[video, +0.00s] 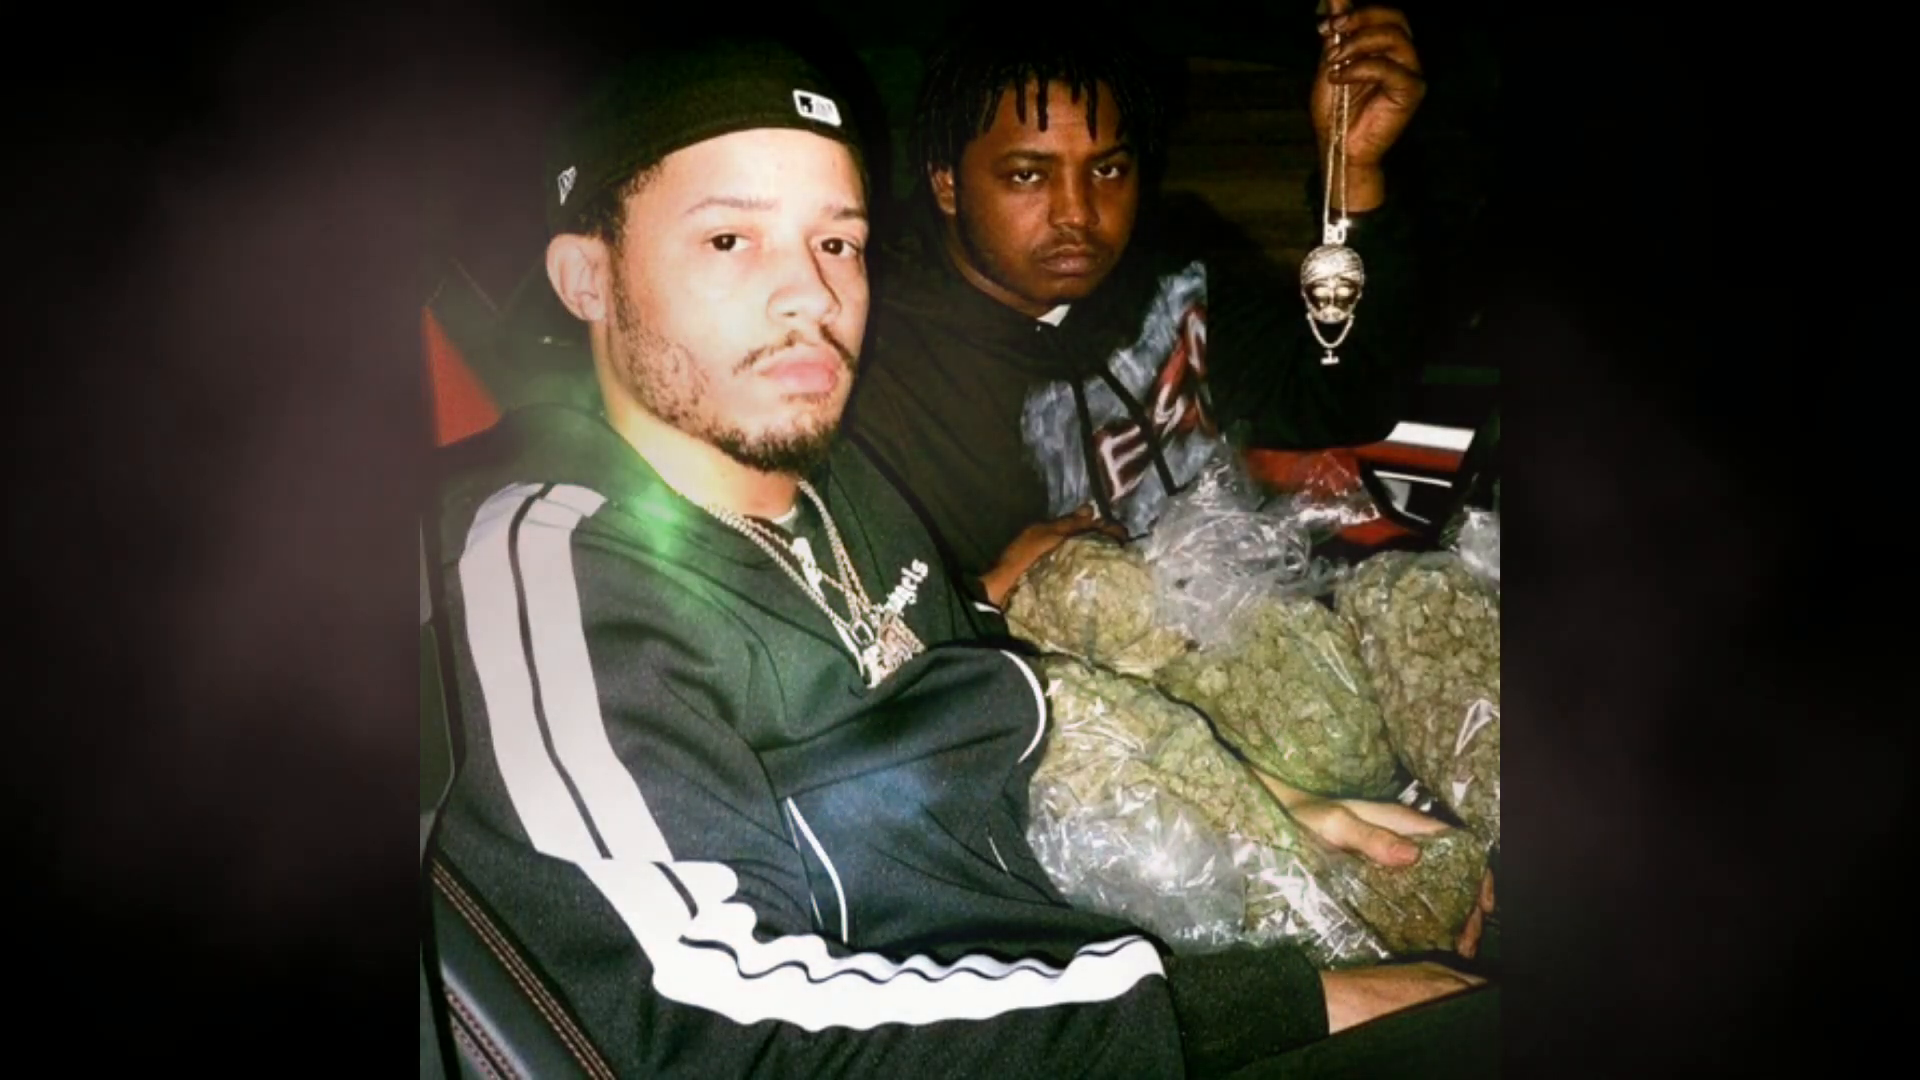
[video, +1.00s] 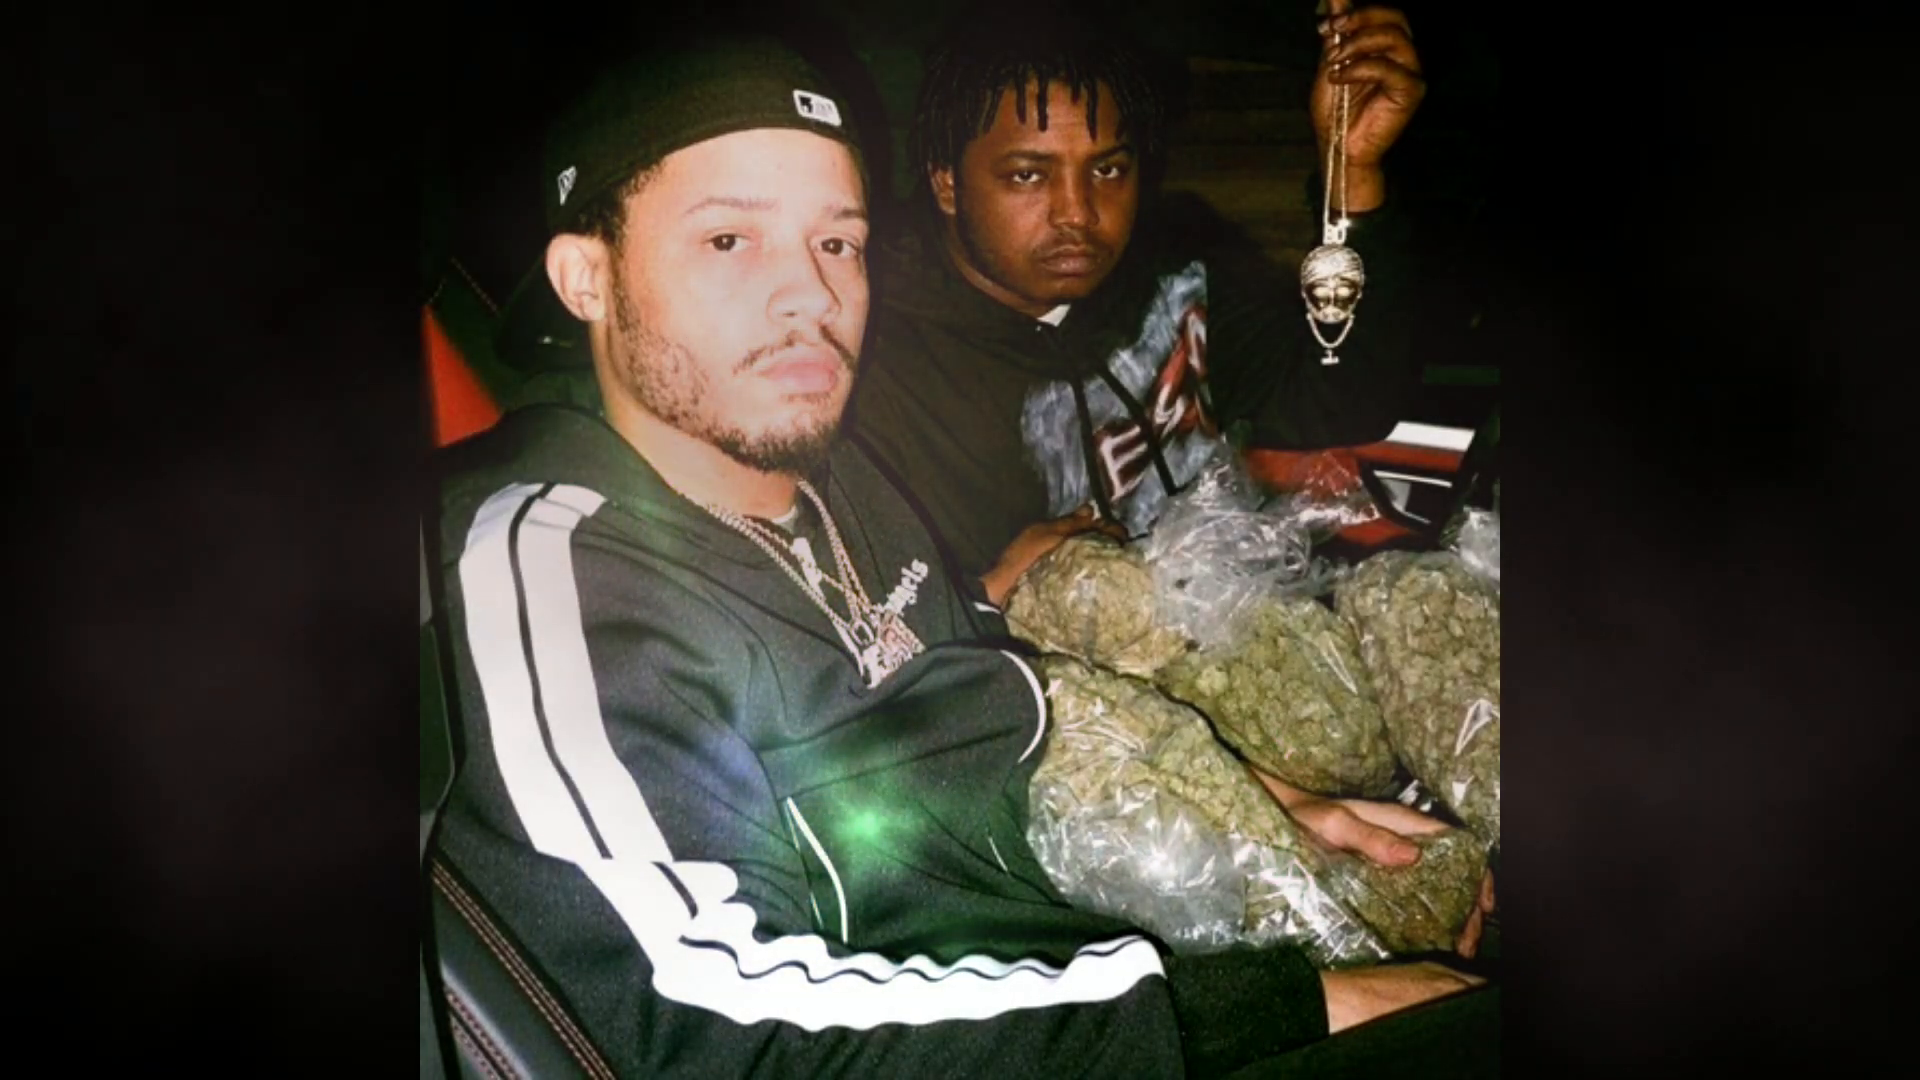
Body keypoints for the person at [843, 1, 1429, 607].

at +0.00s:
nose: (1077, 216)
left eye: (1108, 171)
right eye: (1029, 175)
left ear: (1140, 175)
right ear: (945, 187)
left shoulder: (1176, 268)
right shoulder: (889, 371)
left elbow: (1343, 411)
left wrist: (1353, 173)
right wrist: (989, 597)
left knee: (1428, 603)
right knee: (1083, 584)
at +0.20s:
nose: (1077, 217)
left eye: (1108, 171)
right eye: (1029, 176)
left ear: (1141, 173)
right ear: (945, 188)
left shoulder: (1176, 253)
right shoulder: (896, 364)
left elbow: (1350, 409)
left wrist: (1353, 172)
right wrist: (991, 591)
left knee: (1425, 598)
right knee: (1082, 581)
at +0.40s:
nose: (1078, 217)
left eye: (1108, 171)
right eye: (1029, 175)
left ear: (1141, 173)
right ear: (945, 188)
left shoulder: (1179, 253)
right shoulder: (894, 364)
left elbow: (1348, 417)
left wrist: (1353, 173)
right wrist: (991, 593)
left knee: (1429, 598)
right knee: (1081, 582)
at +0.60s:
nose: (1077, 217)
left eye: (1108, 170)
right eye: (1028, 175)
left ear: (1142, 173)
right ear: (944, 187)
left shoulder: (1180, 257)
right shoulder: (891, 361)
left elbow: (1348, 411)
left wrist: (1353, 172)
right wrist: (991, 594)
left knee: (1426, 601)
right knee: (1082, 582)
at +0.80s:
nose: (1077, 216)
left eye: (1108, 171)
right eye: (1028, 175)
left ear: (1142, 173)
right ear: (944, 187)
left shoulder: (1181, 256)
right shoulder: (891, 357)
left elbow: (1349, 411)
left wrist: (1352, 172)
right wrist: (992, 591)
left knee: (1425, 599)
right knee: (1080, 580)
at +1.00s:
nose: (1077, 216)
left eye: (1108, 171)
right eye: (1028, 175)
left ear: (1142, 172)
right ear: (945, 187)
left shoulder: (1180, 256)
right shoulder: (892, 360)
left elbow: (1351, 409)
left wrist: (1352, 172)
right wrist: (992, 592)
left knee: (1424, 598)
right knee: (1079, 580)